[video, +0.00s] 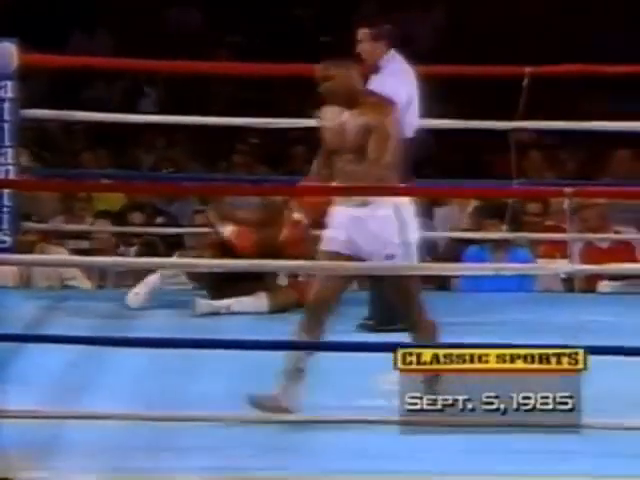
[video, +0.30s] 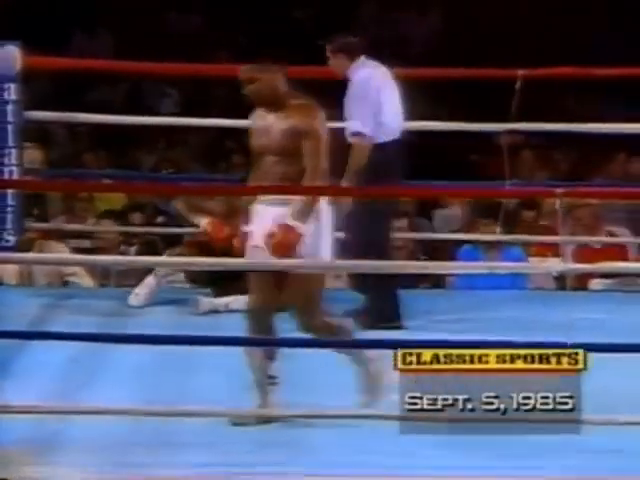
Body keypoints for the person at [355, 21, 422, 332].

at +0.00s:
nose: (358, 49)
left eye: (363, 42)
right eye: (358, 42)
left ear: (382, 43)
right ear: (377, 43)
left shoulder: (388, 80)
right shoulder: (394, 68)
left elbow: (373, 121)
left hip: (395, 148)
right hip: (401, 143)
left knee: (383, 225)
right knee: (382, 225)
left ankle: (387, 310)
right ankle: (385, 307)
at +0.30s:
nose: (330, 66)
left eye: (331, 59)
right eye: (329, 60)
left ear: (343, 57)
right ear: (354, 53)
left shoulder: (361, 82)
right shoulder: (378, 72)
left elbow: (362, 139)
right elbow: (388, 123)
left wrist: (348, 178)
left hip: (376, 152)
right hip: (391, 147)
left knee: (367, 230)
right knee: (372, 228)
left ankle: (382, 308)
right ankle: (379, 301)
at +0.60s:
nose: (293, 96)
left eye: (294, 89)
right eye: (292, 89)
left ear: (305, 87)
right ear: (317, 83)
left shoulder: (325, 104)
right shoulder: (345, 95)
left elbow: (323, 164)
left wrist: (293, 164)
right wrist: (299, 159)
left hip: (357, 167)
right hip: (376, 161)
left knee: (332, 236)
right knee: (341, 231)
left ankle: (364, 294)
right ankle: (339, 294)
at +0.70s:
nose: (286, 104)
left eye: (288, 97)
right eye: (286, 97)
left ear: (302, 94)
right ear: (308, 92)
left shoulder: (320, 115)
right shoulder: (341, 100)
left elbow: (314, 171)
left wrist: (281, 163)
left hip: (356, 173)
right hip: (379, 166)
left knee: (329, 234)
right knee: (337, 231)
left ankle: (342, 295)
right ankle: (339, 289)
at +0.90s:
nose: (289, 121)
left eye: (289, 115)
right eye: (286, 115)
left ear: (299, 110)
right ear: (310, 104)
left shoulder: (316, 127)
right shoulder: (340, 113)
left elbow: (314, 179)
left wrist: (285, 176)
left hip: (357, 183)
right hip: (380, 177)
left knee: (325, 240)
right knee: (338, 236)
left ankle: (321, 309)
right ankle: (348, 292)